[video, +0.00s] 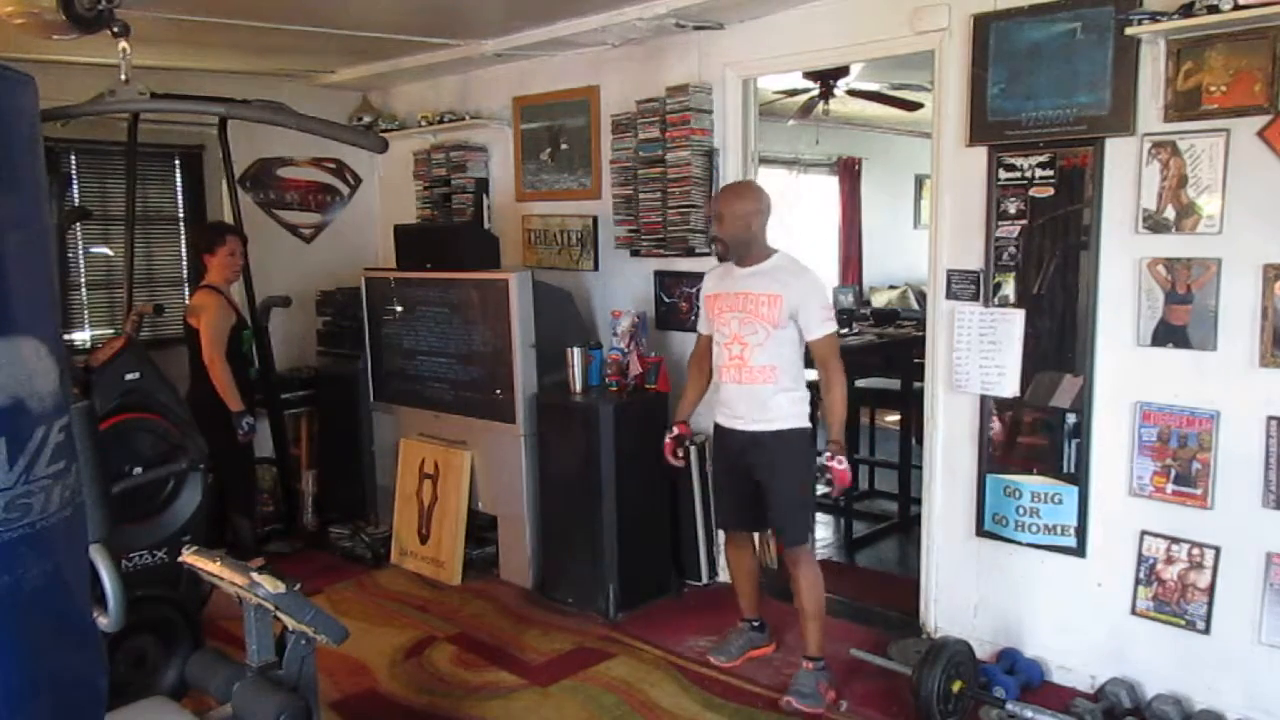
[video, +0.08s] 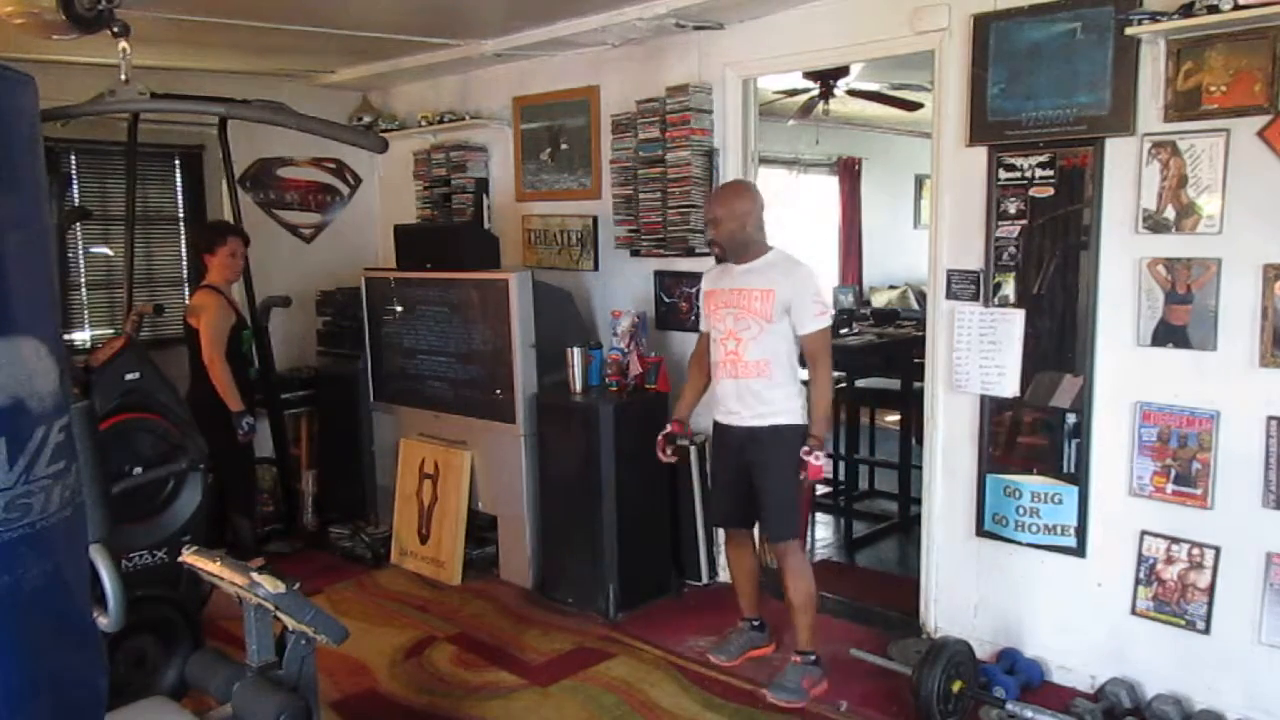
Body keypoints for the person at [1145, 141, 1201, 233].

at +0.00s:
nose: (1157, 158)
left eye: (1159, 153)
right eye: (1155, 156)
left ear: (1168, 150)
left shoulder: (1175, 161)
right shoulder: (1163, 167)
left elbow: (1170, 187)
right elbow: (1161, 188)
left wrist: (1160, 213)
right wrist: (1157, 212)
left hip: (1191, 210)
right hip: (1180, 212)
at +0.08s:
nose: (1157, 158)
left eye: (1159, 153)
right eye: (1155, 156)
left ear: (1168, 150)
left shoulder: (1175, 161)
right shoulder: (1163, 167)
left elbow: (1170, 187)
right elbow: (1161, 189)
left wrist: (1160, 213)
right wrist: (1157, 212)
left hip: (1191, 210)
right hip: (1180, 212)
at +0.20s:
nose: (1157, 158)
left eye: (1159, 153)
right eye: (1155, 156)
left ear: (1168, 150)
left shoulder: (1175, 161)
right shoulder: (1163, 167)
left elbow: (1170, 187)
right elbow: (1161, 189)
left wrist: (1160, 213)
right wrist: (1157, 212)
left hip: (1190, 210)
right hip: (1180, 212)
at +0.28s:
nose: (1157, 158)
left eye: (1159, 153)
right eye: (1155, 156)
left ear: (1168, 150)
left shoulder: (1175, 161)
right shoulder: (1163, 167)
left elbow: (1170, 187)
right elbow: (1161, 189)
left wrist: (1160, 213)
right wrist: (1157, 212)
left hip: (1190, 210)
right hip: (1180, 212)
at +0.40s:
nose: (1157, 158)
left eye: (1159, 153)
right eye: (1155, 156)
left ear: (1168, 150)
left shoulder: (1175, 161)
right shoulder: (1163, 167)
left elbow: (1170, 187)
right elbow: (1161, 189)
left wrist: (1160, 213)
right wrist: (1157, 212)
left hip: (1190, 210)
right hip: (1180, 212)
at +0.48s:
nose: (1157, 158)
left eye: (1159, 153)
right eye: (1155, 155)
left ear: (1168, 150)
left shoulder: (1175, 161)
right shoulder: (1164, 166)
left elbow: (1170, 187)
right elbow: (1161, 188)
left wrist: (1160, 213)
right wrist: (1157, 212)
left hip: (1189, 210)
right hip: (1180, 212)